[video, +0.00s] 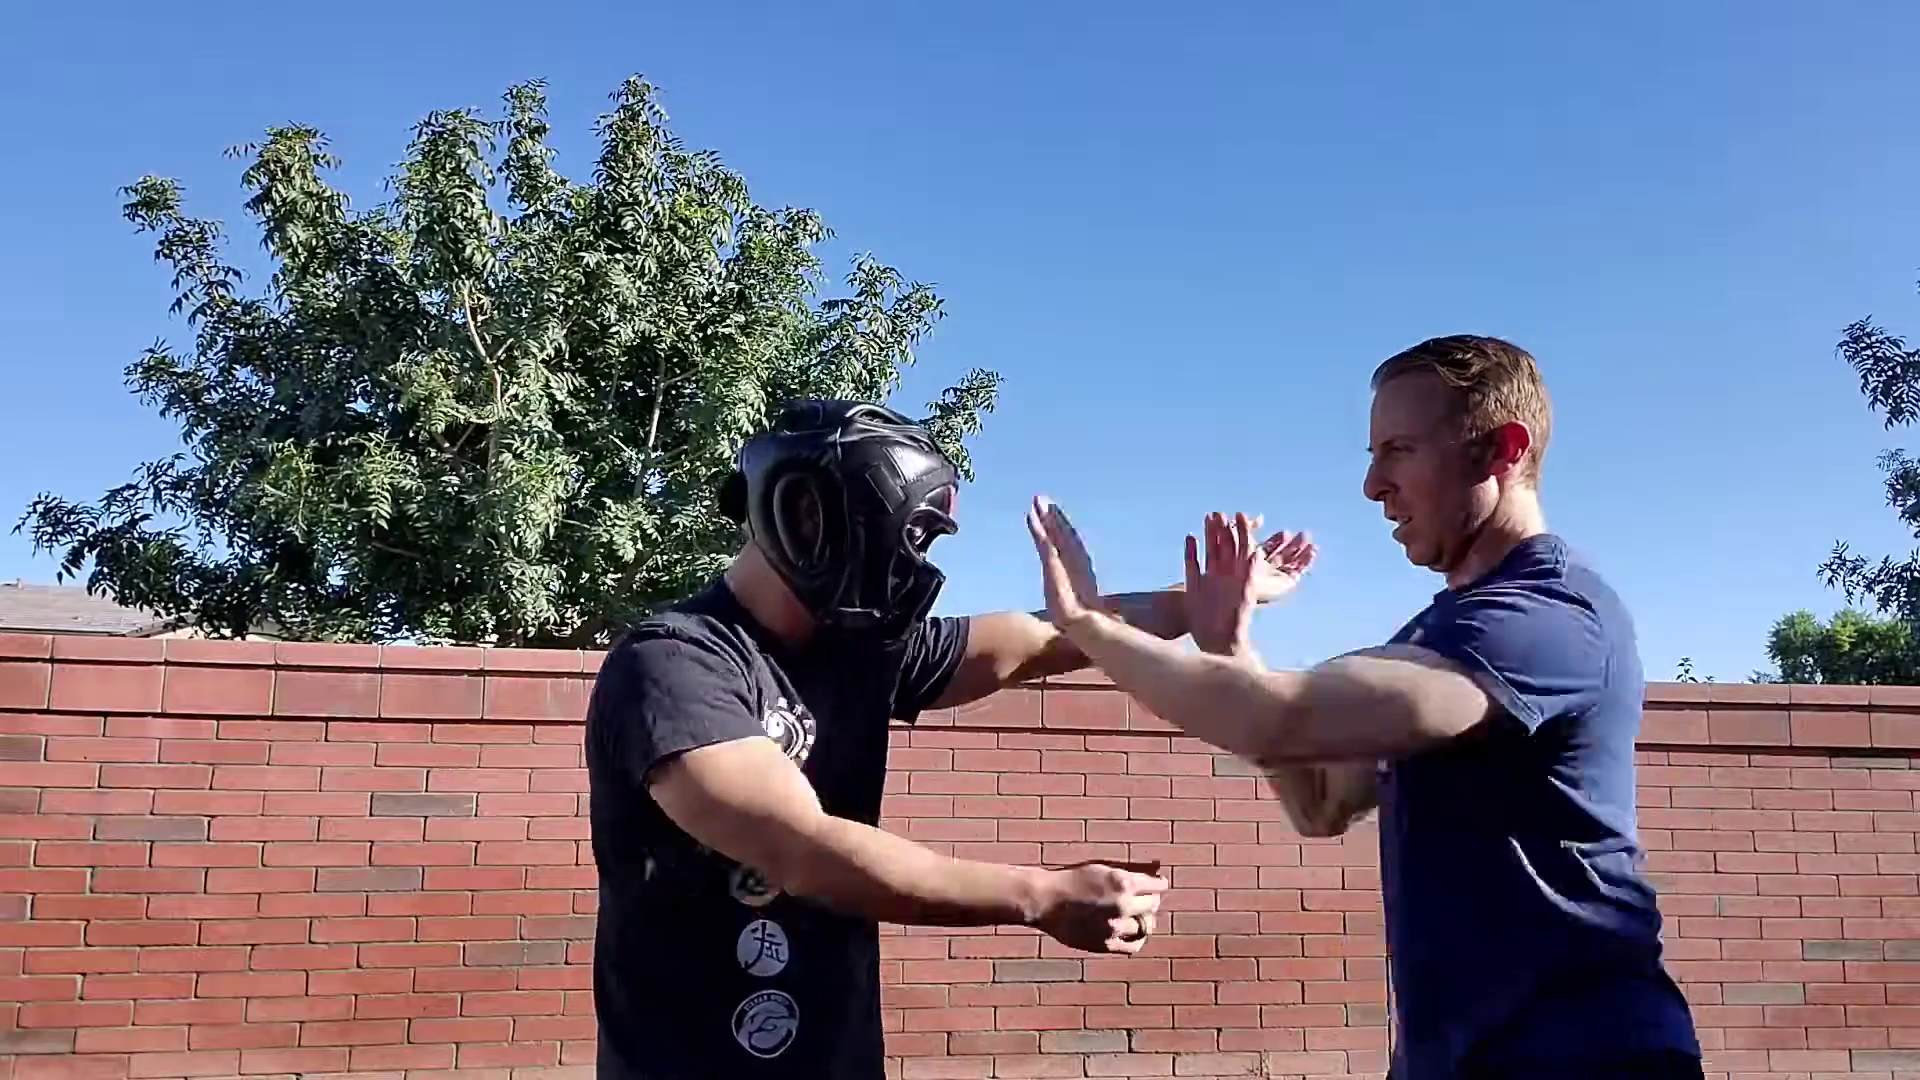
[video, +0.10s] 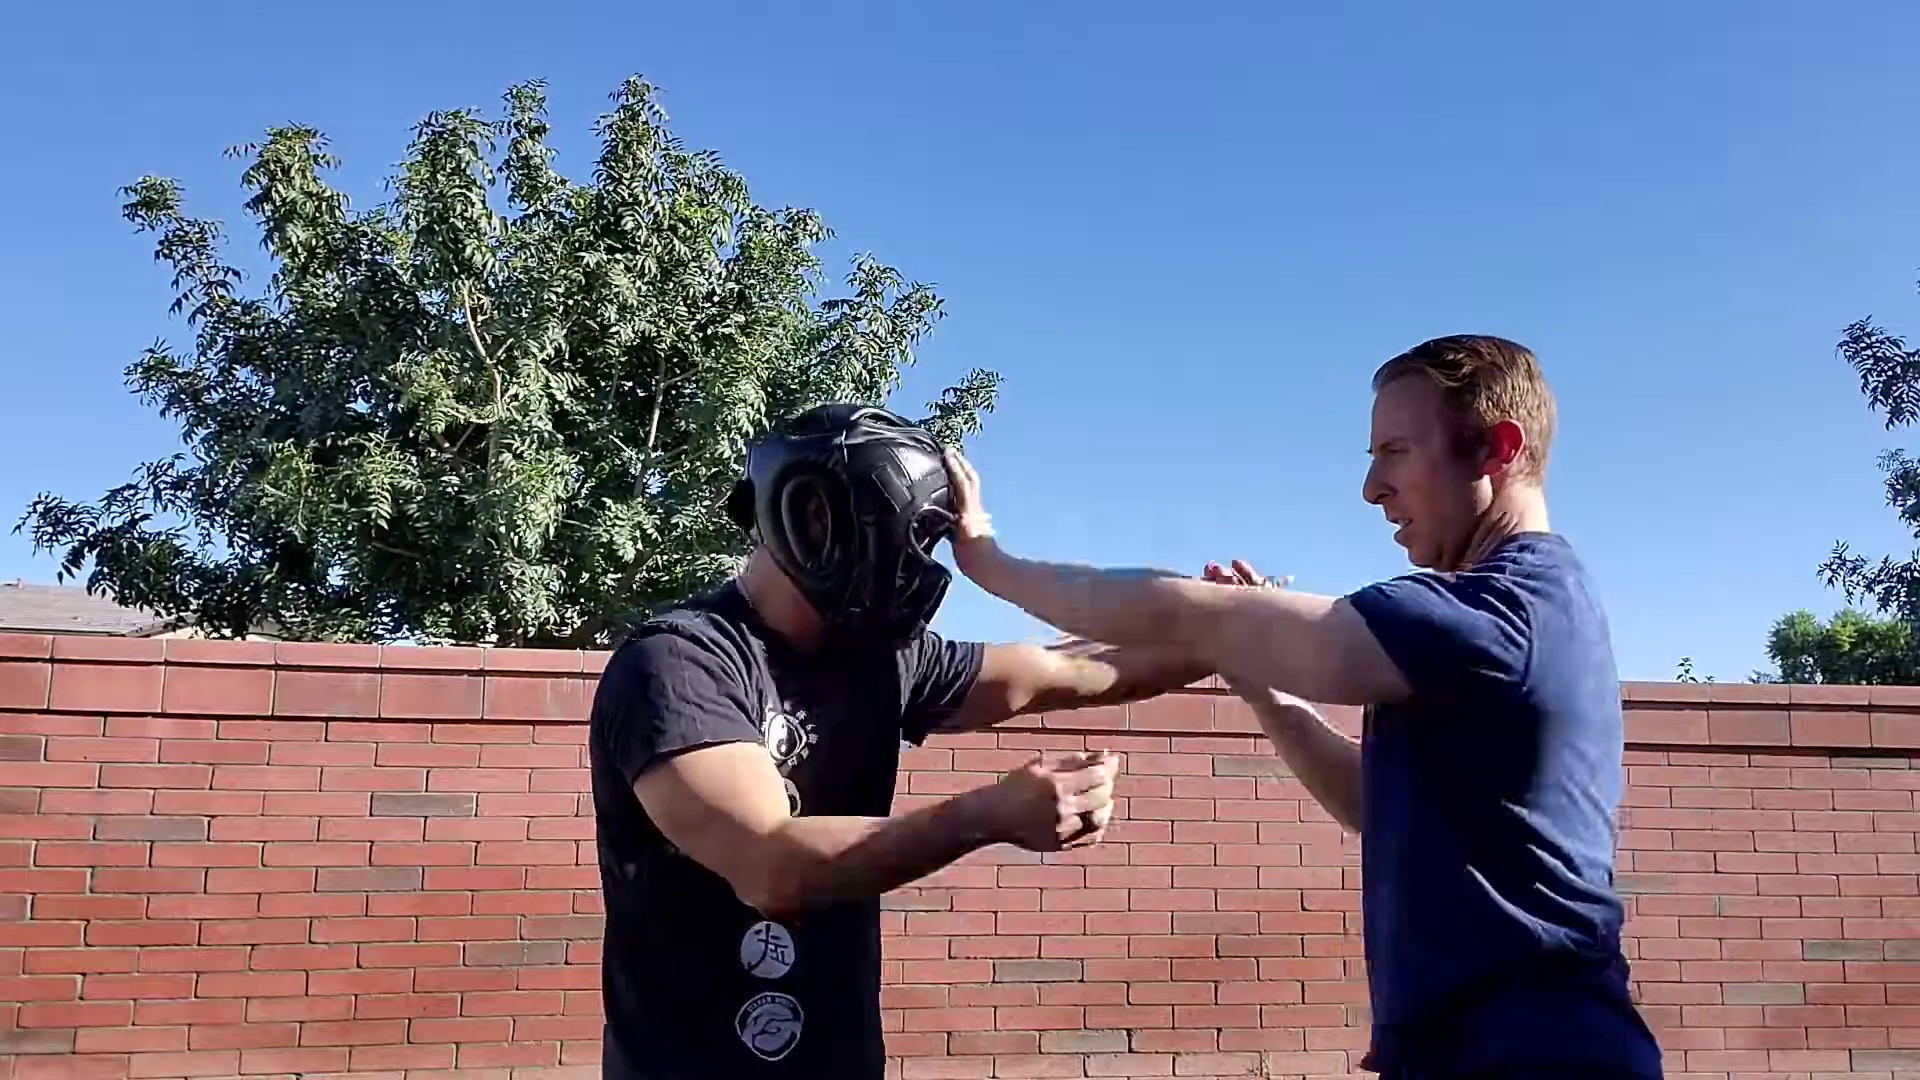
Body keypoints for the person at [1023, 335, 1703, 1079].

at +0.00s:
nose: (1371, 482)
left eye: (1397, 451)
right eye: (1375, 454)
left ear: (1504, 453)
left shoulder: (1553, 612)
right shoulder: (1441, 628)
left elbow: (1275, 719)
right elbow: (1322, 809)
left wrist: (1091, 627)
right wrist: (1226, 639)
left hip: (1573, 1047)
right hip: (1444, 1047)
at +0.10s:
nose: (1373, 488)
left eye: (1394, 455)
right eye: (1375, 459)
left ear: (1499, 454)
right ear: (1492, 459)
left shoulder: (1505, 605)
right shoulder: (1519, 604)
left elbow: (1178, 615)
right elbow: (1378, 805)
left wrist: (986, 559)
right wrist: (1258, 675)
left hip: (1522, 1041)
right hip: (1465, 1036)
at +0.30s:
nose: (1346, 483)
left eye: (1367, 450)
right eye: (1351, 453)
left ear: (1463, 448)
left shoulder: (1515, 615)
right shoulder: (1421, 628)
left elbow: (1269, 771)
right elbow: (1261, 741)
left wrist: (1126, 623)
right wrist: (1105, 607)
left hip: (1520, 1042)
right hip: (1413, 1041)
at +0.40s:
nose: (1355, 484)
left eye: (1374, 451)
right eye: (1358, 455)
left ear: (1471, 449)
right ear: (1464, 453)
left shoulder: (1567, 618)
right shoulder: (1380, 630)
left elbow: (1409, 837)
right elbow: (1174, 692)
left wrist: (1219, 783)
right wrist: (1001, 613)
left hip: (1547, 1049)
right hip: (1390, 1052)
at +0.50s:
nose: (1361, 490)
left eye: (1383, 457)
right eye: (1363, 461)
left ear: (1485, 453)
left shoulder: (1594, 626)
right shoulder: (1383, 641)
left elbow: (1455, 850)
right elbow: (1178, 709)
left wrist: (1242, 832)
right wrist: (1001, 635)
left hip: (1588, 1051)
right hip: (1420, 1053)